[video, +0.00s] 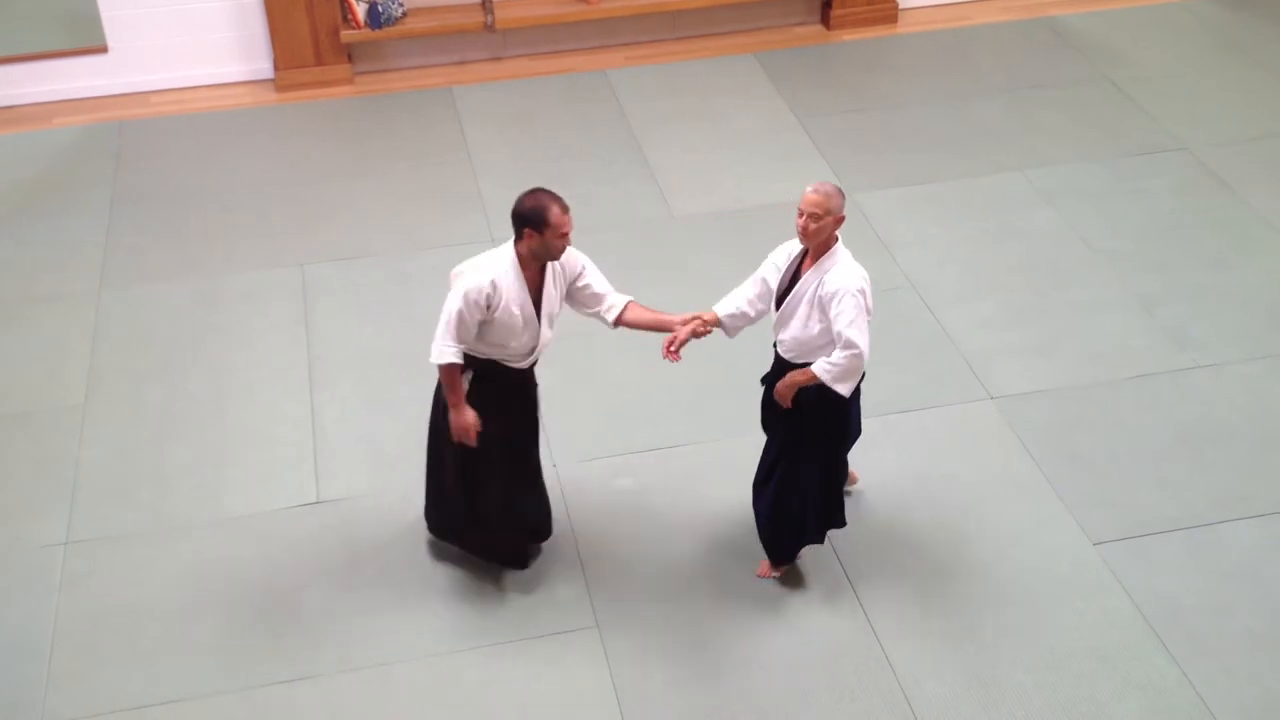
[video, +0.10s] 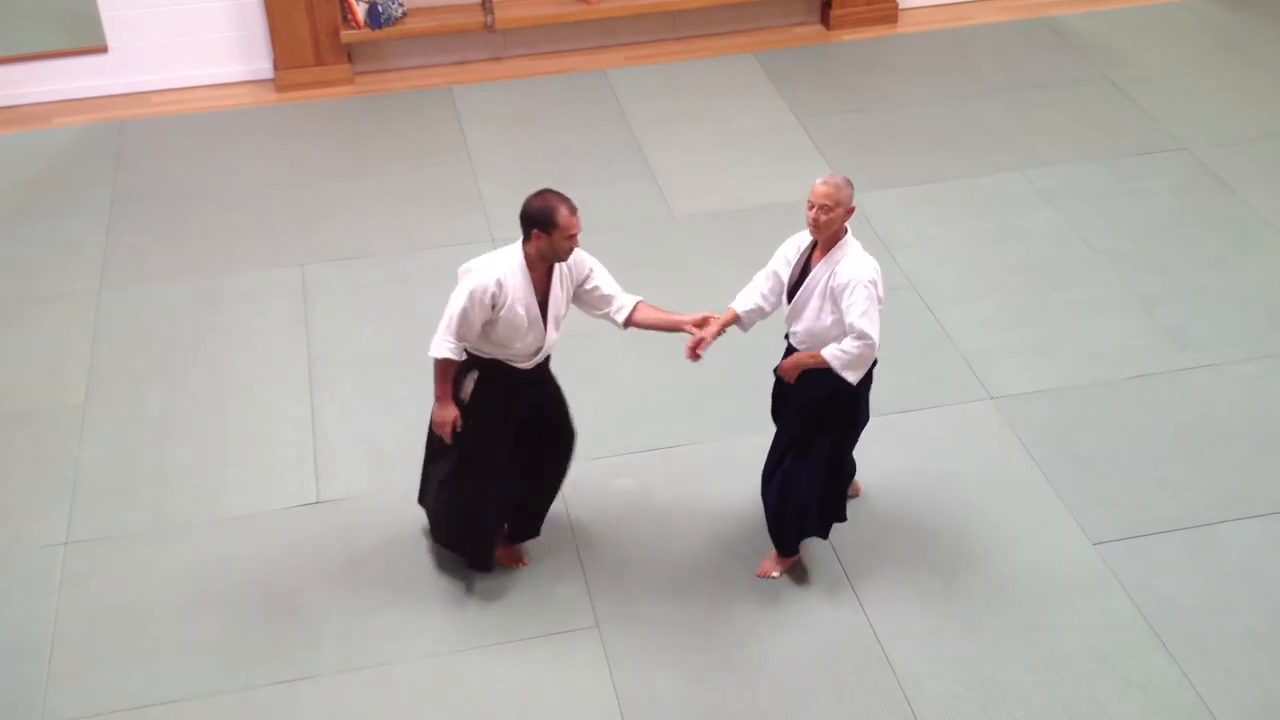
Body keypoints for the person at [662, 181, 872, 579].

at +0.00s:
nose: (803, 224)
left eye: (814, 218)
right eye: (800, 214)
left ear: (837, 223)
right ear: (796, 212)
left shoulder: (847, 281)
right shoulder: (789, 254)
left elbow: (852, 355)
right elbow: (751, 297)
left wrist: (796, 379)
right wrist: (700, 323)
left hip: (821, 391)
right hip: (785, 373)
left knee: (782, 474)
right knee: (792, 441)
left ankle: (782, 555)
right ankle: (838, 474)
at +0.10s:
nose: (814, 215)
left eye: (824, 209)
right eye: (810, 205)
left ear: (847, 213)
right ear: (806, 204)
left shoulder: (858, 271)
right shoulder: (798, 246)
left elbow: (863, 344)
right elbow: (764, 289)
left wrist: (805, 360)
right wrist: (720, 323)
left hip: (834, 380)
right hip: (796, 367)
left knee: (789, 466)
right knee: (809, 434)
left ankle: (786, 551)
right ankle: (841, 482)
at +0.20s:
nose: (824, 209)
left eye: (835, 203)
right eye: (821, 199)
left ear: (858, 206)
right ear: (817, 198)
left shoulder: (871, 262)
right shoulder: (808, 239)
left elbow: (875, 334)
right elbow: (779, 283)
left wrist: (818, 340)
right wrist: (743, 321)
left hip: (852, 368)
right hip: (809, 357)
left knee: (825, 449)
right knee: (800, 441)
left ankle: (803, 544)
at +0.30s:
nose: (838, 204)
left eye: (849, 198)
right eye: (834, 195)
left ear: (870, 201)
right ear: (828, 194)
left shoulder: (886, 256)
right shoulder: (819, 233)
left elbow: (886, 326)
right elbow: (791, 278)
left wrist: (830, 326)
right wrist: (768, 317)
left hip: (870, 356)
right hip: (826, 347)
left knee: (855, 435)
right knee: (804, 424)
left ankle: (846, 528)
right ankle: (826, 509)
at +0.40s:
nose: (852, 201)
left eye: (863, 196)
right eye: (848, 192)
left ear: (884, 198)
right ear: (843, 190)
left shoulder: (899, 251)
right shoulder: (831, 231)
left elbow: (896, 321)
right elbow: (805, 274)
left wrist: (841, 316)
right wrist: (788, 314)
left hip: (884, 347)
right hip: (839, 339)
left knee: (880, 425)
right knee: (813, 410)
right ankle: (822, 482)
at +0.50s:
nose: (869, 198)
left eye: (879, 192)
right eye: (865, 189)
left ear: (902, 194)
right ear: (860, 186)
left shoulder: (915, 248)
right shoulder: (851, 224)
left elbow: (905, 319)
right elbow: (824, 266)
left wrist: (853, 307)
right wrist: (807, 308)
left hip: (897, 341)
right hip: (851, 333)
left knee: (905, 416)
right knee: (823, 406)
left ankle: (945, 479)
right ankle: (831, 480)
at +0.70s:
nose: (910, 194)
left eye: (920, 188)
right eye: (908, 184)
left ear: (944, 191)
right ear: (903, 181)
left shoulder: (957, 246)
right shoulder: (897, 220)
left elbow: (935, 310)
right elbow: (868, 257)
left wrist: (881, 299)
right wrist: (839, 294)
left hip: (938, 339)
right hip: (891, 329)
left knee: (955, 401)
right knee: (859, 401)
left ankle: (985, 456)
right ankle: (852, 480)